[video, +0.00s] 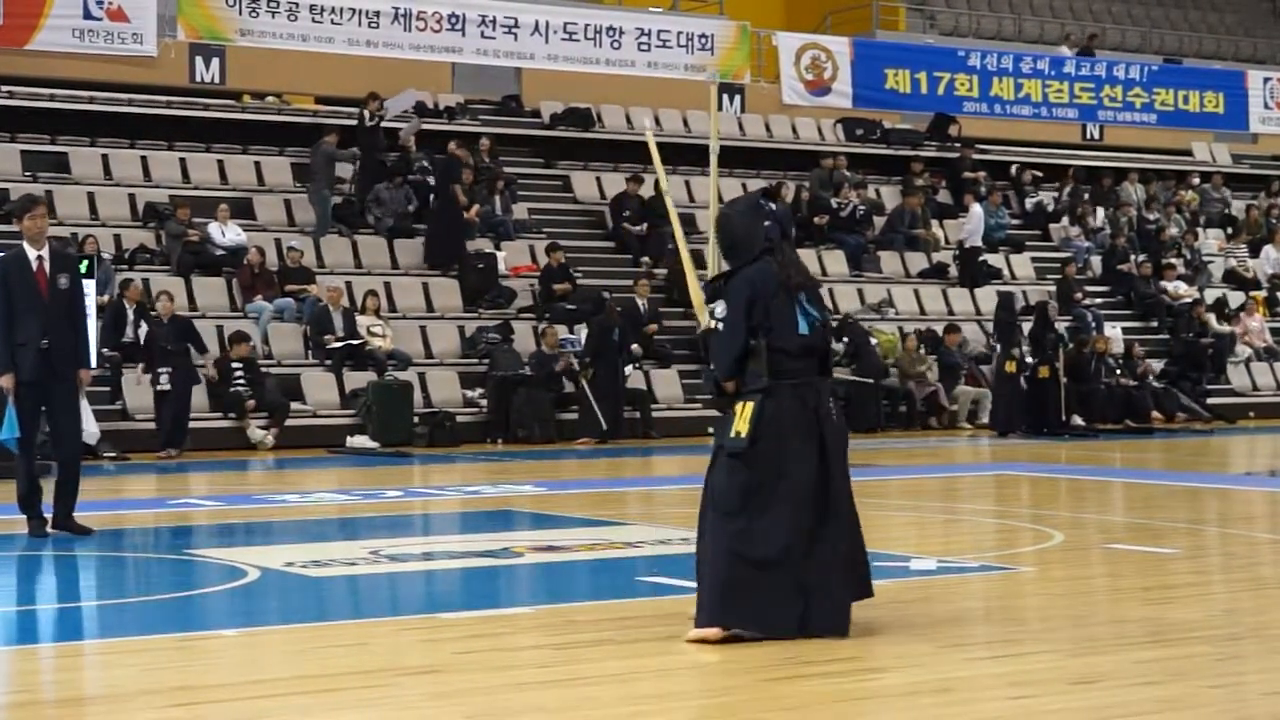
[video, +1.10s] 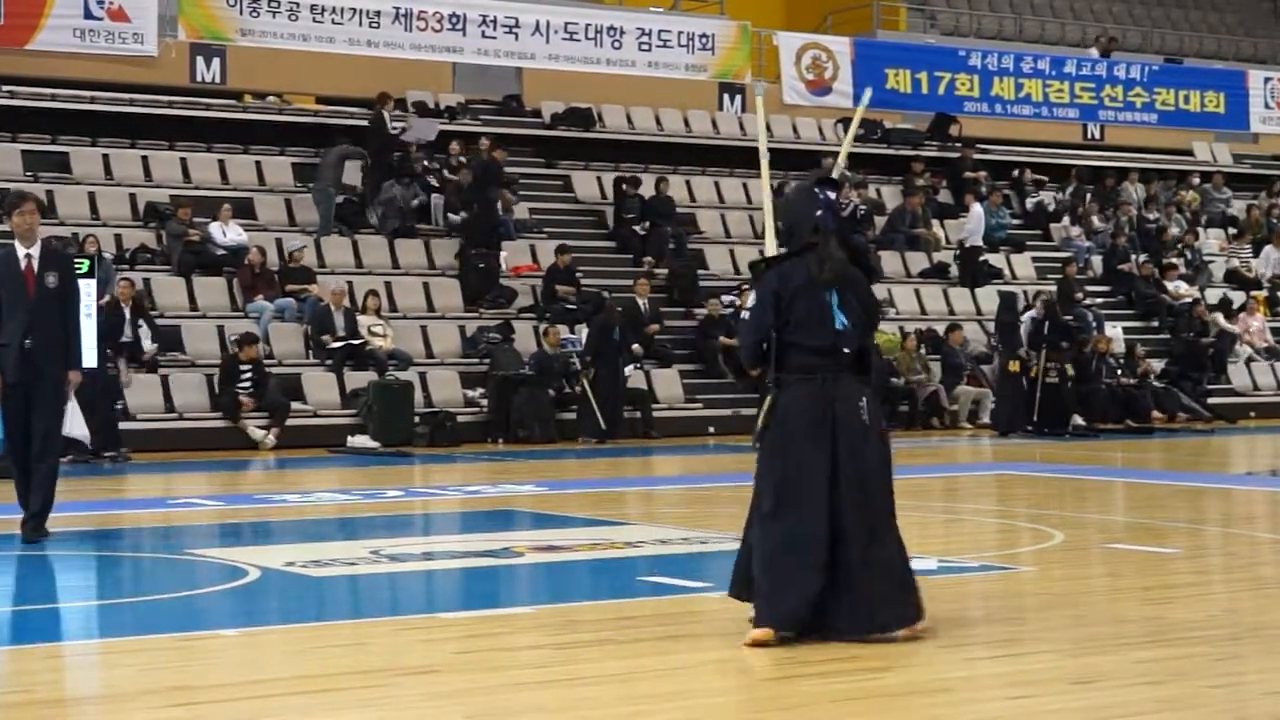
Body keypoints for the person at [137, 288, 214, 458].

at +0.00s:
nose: (163, 306)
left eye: (166, 302)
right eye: (160, 302)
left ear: (173, 304)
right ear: (156, 306)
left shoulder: (184, 323)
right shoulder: (153, 325)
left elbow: (199, 346)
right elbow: (147, 350)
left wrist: (210, 366)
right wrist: (141, 369)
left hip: (181, 371)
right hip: (160, 371)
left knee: (178, 408)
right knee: (162, 408)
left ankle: (176, 445)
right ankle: (166, 445)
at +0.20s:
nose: (155, 304)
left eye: (159, 300)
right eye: (152, 301)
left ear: (165, 303)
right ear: (147, 304)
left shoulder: (175, 321)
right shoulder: (142, 324)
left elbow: (186, 348)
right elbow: (139, 350)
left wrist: (187, 369)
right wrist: (137, 371)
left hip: (172, 369)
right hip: (150, 369)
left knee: (172, 407)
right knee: (150, 408)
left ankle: (171, 445)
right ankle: (156, 445)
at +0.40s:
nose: (143, 306)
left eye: (146, 302)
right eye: (140, 302)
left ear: (153, 304)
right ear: (136, 305)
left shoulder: (163, 323)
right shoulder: (134, 326)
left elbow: (170, 347)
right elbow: (130, 354)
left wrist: (162, 365)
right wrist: (128, 376)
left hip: (159, 373)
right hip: (139, 373)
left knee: (164, 411)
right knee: (138, 410)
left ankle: (167, 447)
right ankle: (137, 445)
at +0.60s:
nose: (125, 305)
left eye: (129, 301)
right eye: (123, 301)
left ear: (137, 304)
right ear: (118, 304)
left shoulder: (146, 323)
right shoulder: (116, 325)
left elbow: (156, 348)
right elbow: (111, 356)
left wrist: (155, 369)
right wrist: (106, 377)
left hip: (142, 372)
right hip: (121, 372)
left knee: (151, 410)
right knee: (122, 411)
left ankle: (160, 445)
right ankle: (124, 448)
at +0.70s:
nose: (118, 303)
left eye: (122, 299)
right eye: (115, 299)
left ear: (130, 301)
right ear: (111, 303)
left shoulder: (140, 320)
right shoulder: (109, 322)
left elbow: (152, 344)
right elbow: (104, 346)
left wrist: (155, 367)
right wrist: (101, 368)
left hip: (136, 367)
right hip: (114, 367)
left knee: (135, 405)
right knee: (115, 406)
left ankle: (147, 444)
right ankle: (119, 447)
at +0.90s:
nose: (104, 304)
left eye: (108, 300)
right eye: (101, 300)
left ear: (115, 302)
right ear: (97, 302)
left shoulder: (123, 321)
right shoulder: (96, 322)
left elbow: (137, 347)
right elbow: (90, 347)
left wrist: (147, 369)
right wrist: (83, 371)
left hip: (119, 371)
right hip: (102, 371)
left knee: (120, 410)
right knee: (102, 410)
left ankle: (121, 448)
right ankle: (104, 447)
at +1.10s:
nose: (121, 291)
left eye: (125, 288)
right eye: (119, 287)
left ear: (133, 291)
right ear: (116, 290)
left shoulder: (138, 306)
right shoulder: (110, 306)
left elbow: (153, 327)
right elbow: (104, 327)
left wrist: (153, 347)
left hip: (135, 342)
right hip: (117, 343)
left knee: (151, 362)